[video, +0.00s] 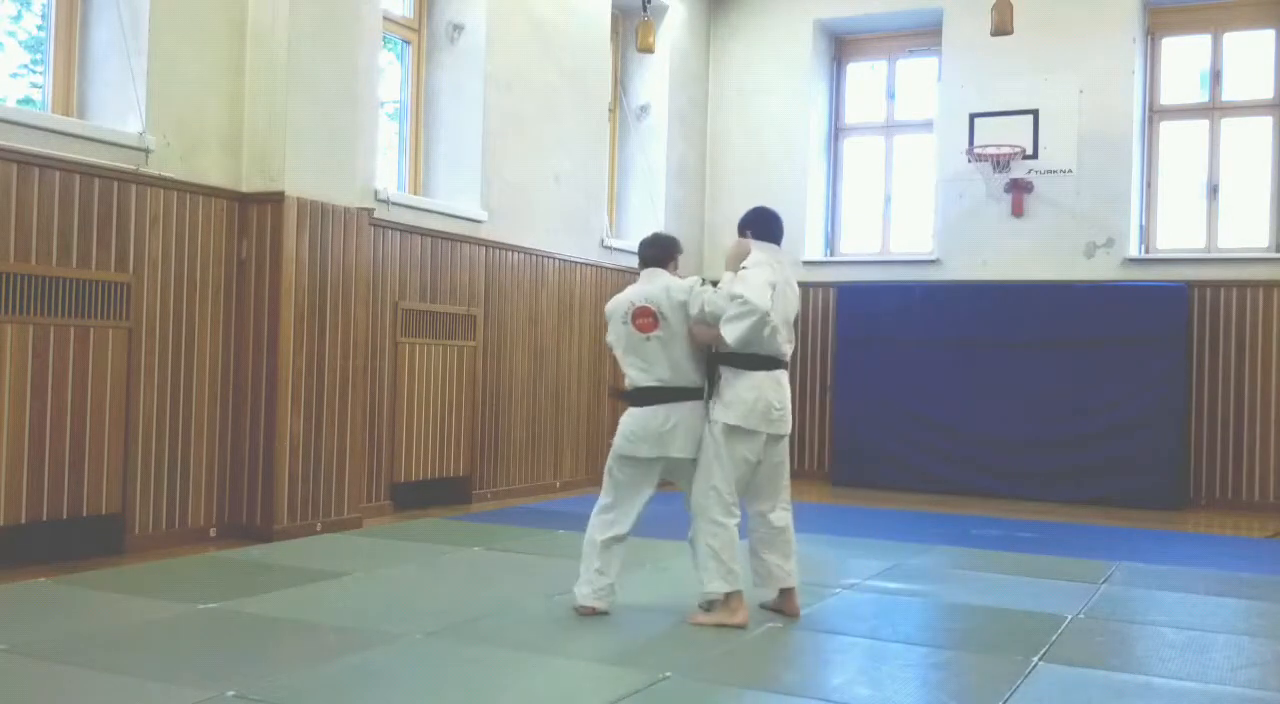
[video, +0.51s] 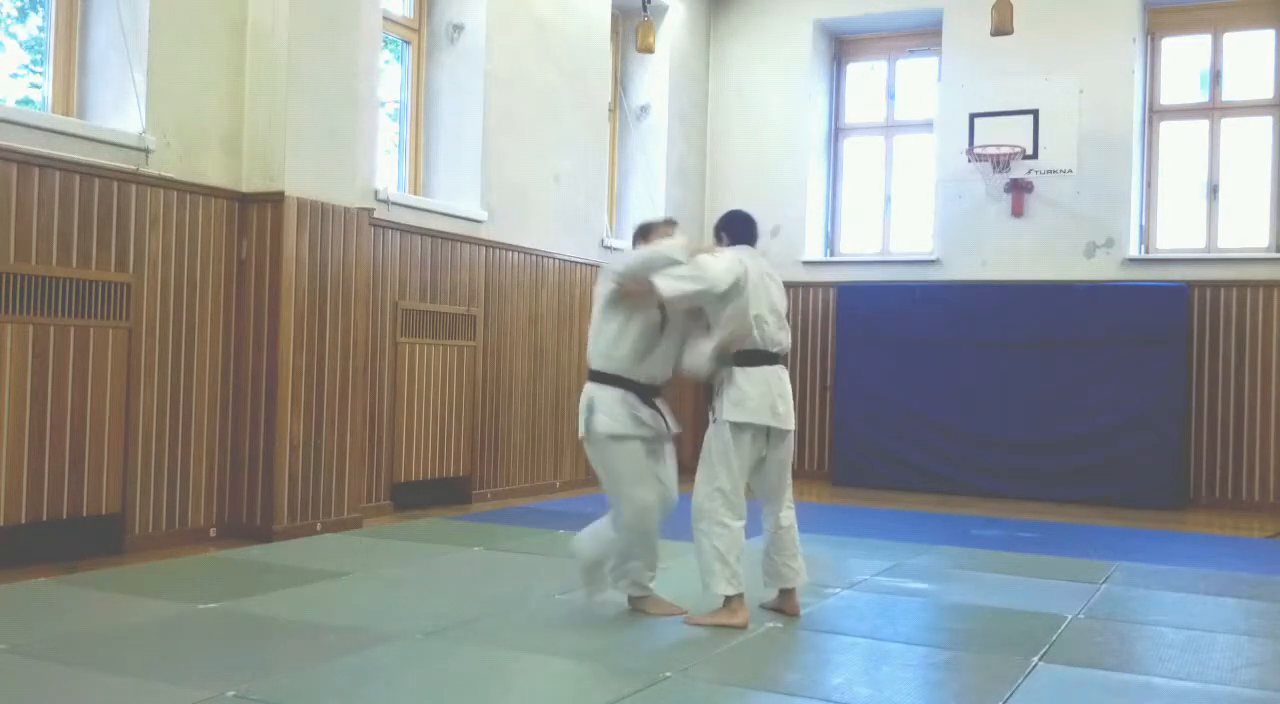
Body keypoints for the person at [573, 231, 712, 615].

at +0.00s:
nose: (681, 267)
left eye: (679, 262)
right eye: (680, 261)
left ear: (640, 262)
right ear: (673, 262)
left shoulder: (616, 304)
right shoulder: (688, 292)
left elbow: (622, 353)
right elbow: (730, 308)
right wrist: (734, 272)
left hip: (640, 419)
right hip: (690, 418)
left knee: (612, 509)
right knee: (708, 510)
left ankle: (592, 595)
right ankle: (718, 593)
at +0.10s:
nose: (679, 265)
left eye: (678, 260)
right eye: (678, 260)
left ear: (638, 260)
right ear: (670, 260)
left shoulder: (612, 300)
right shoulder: (683, 289)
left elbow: (613, 352)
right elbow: (724, 306)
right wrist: (733, 269)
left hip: (630, 415)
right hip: (682, 414)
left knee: (612, 509)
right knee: (701, 509)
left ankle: (593, 597)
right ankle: (717, 592)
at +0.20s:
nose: (679, 268)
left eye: (678, 262)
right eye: (678, 262)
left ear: (637, 261)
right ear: (668, 260)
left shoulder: (606, 298)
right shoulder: (674, 286)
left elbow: (605, 361)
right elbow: (717, 303)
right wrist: (734, 271)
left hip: (609, 407)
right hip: (661, 406)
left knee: (610, 510)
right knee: (690, 506)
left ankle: (594, 599)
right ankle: (712, 592)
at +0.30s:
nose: (682, 273)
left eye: (683, 267)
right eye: (680, 267)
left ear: (643, 264)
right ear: (664, 261)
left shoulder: (609, 299)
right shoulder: (662, 284)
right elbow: (710, 296)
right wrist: (729, 266)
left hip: (592, 406)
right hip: (640, 407)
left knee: (597, 507)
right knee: (676, 496)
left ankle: (590, 598)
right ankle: (671, 589)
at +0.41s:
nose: (687, 268)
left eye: (687, 261)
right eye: (682, 260)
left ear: (654, 256)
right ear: (658, 256)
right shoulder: (647, 277)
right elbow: (699, 280)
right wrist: (725, 262)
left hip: (590, 407)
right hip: (624, 406)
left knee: (600, 504)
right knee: (663, 495)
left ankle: (580, 589)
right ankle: (641, 587)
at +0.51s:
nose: (676, 245)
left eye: (677, 238)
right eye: (666, 239)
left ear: (680, 245)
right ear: (643, 245)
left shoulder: (683, 294)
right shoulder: (618, 275)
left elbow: (692, 360)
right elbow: (639, 261)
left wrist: (723, 347)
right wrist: (692, 248)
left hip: (649, 406)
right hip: (609, 401)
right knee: (639, 499)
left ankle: (590, 549)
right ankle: (639, 591)